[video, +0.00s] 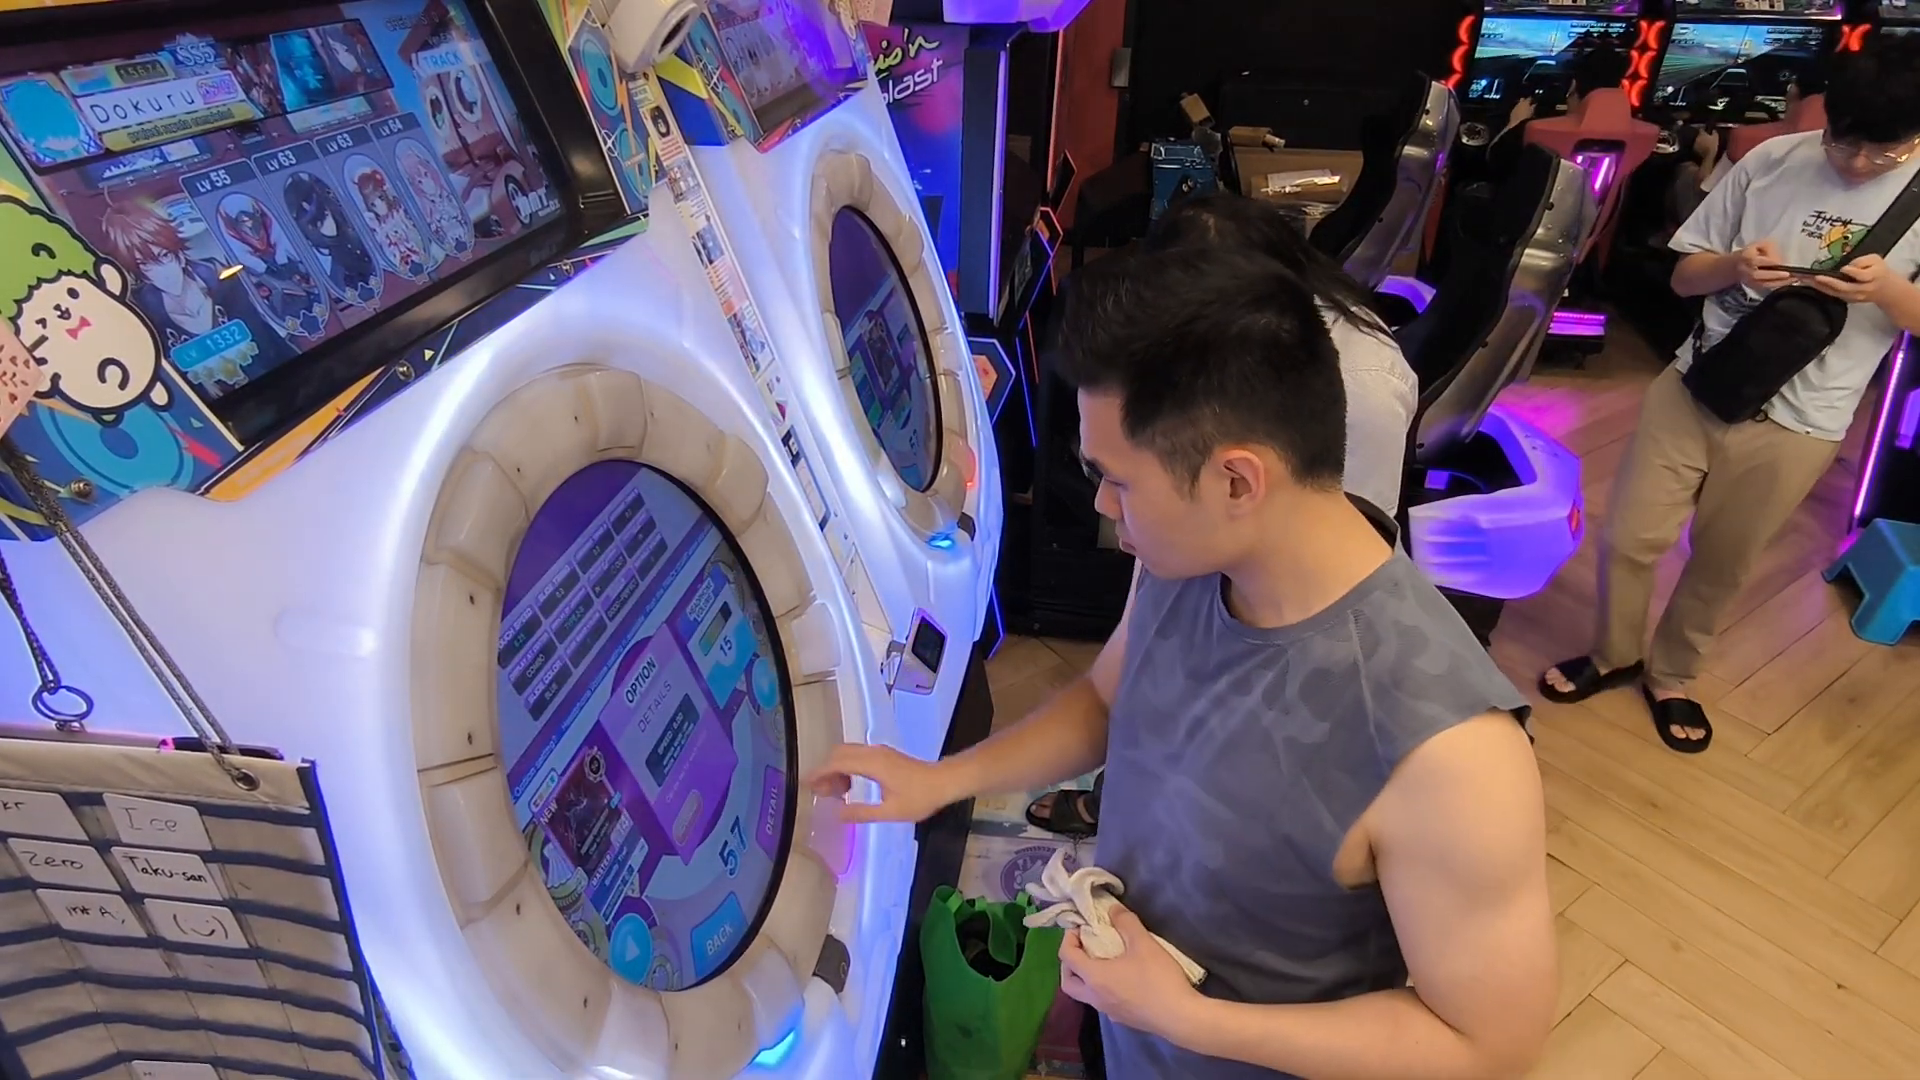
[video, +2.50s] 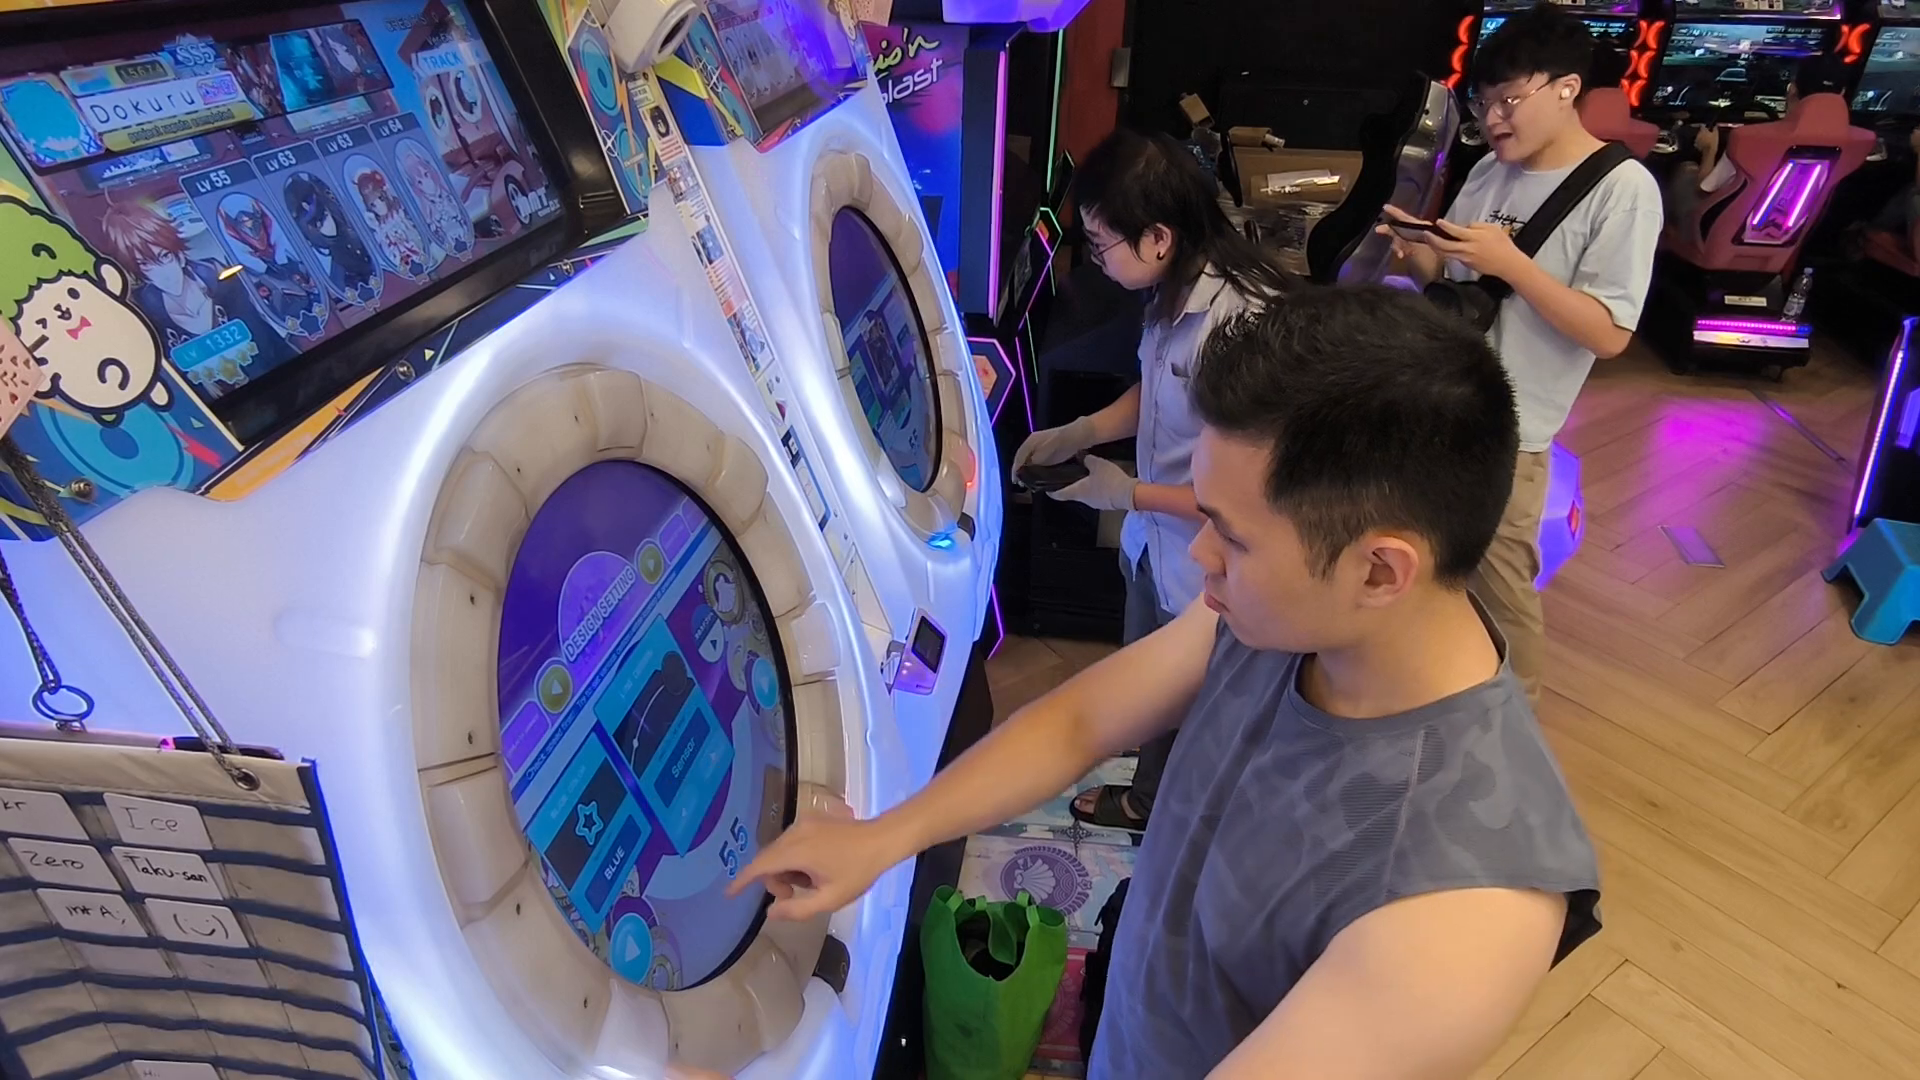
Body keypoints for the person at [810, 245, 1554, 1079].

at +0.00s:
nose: (1101, 506)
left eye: (1112, 481)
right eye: (1097, 476)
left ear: (1238, 482)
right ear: (1236, 484)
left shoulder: (1442, 743)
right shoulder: (1185, 567)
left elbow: (1487, 1041)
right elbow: (1100, 705)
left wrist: (1193, 1018)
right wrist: (946, 779)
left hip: (1250, 1070)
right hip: (1118, 1036)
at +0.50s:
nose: (1148, 535)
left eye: (1177, 520)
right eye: (1151, 500)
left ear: (1321, 548)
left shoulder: (1486, 840)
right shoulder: (1235, 599)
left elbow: (1465, 1066)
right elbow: (1147, 741)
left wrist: (1171, 1062)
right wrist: (1010, 871)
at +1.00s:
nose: (1197, 559)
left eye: (1240, 547)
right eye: (1212, 519)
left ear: (1401, 588)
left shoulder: (1527, 926)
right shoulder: (1249, 596)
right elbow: (1004, 672)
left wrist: (1177, 1072)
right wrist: (759, 711)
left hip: (1222, 1074)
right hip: (1101, 993)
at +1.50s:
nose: (1204, 570)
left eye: (1247, 560)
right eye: (1217, 528)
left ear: (1414, 599)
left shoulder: (1546, 935)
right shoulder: (1246, 597)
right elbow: (1001, 684)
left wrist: (1202, 1079)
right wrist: (755, 730)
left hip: (1248, 1072)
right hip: (1106, 1010)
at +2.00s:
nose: (1186, 554)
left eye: (1226, 544)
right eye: (1200, 513)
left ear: (1388, 585)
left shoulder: (1525, 921)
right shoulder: (1249, 599)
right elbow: (1008, 686)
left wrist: (1089, 1079)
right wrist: (778, 750)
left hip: (1223, 1071)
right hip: (1117, 1015)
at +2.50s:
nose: (1193, 551)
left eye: (1224, 532)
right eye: (1200, 512)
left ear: (1379, 573)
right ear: (1369, 570)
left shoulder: (1463, 898)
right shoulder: (1286, 606)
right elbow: (1079, 723)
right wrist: (884, 835)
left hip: (1188, 1073)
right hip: (1123, 1014)